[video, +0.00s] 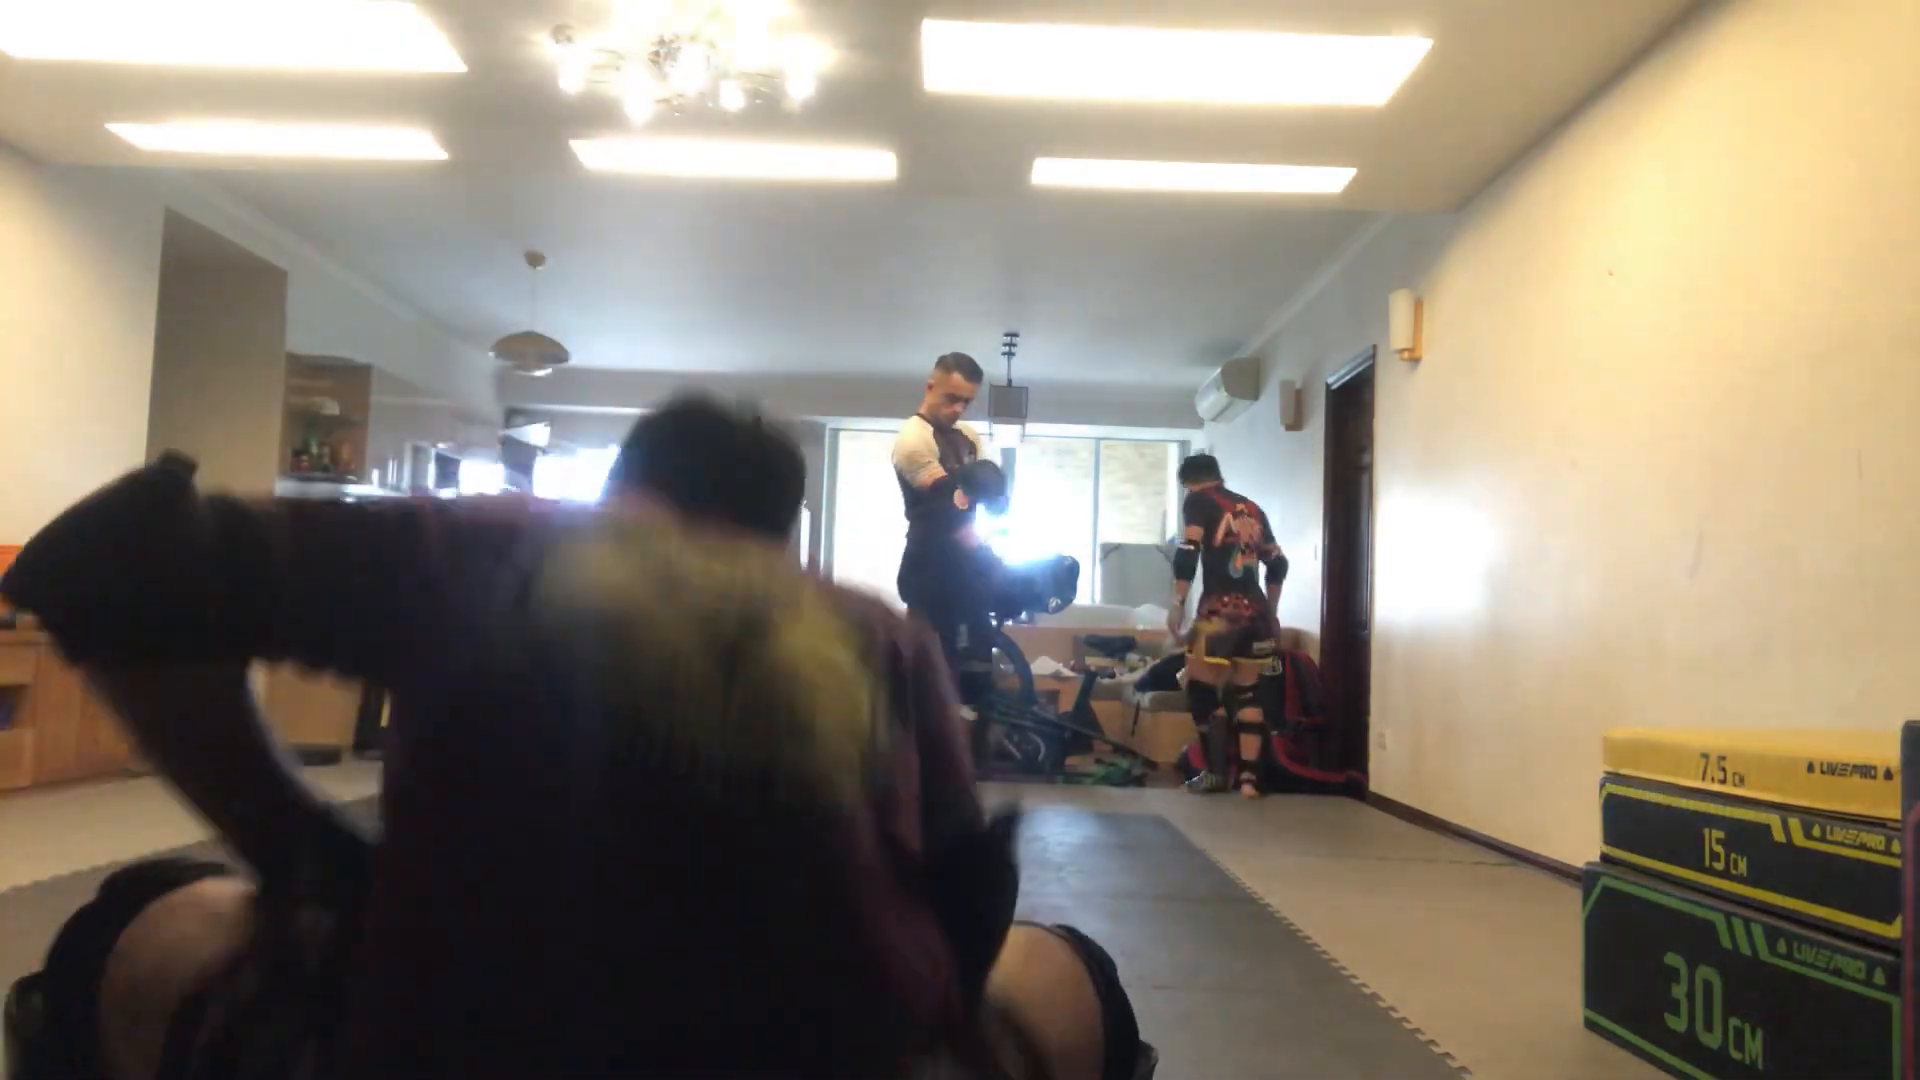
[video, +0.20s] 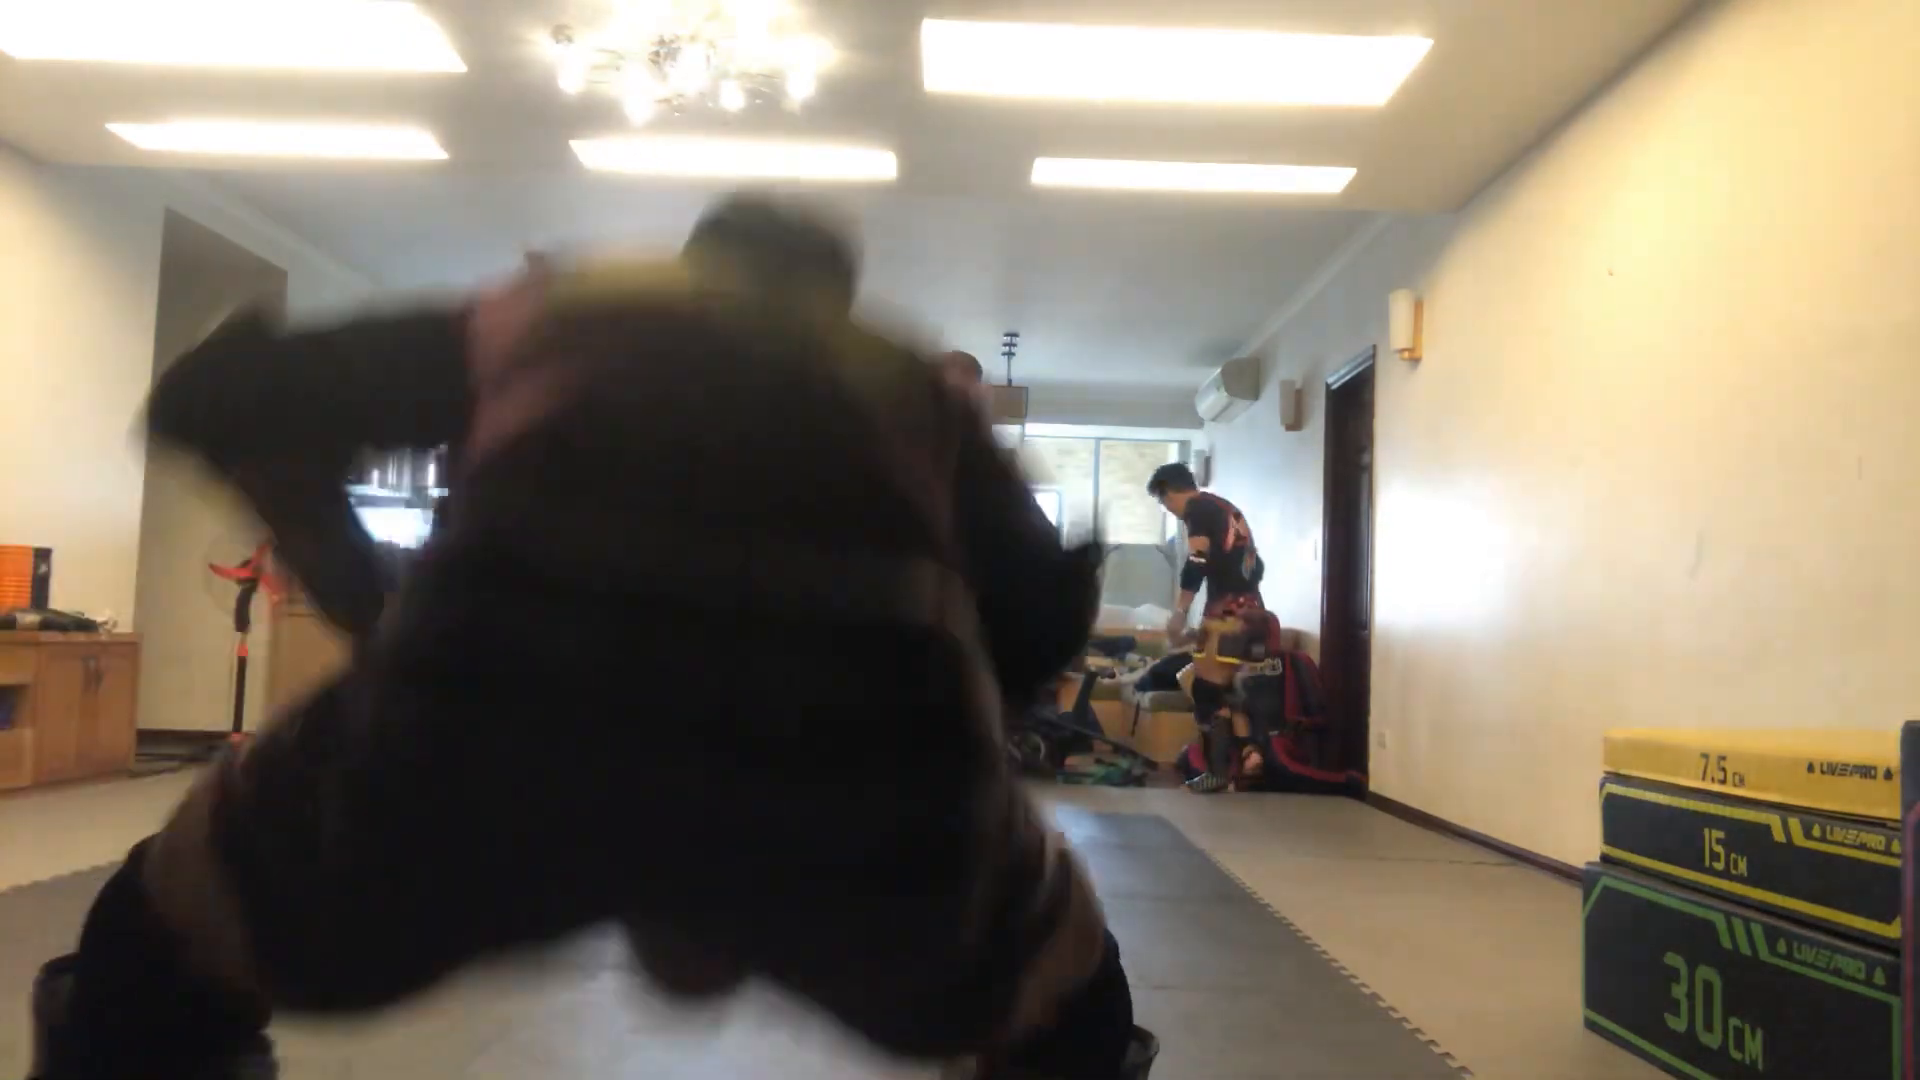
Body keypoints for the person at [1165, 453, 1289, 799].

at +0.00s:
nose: (1187, 492)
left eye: (1186, 487)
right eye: (1186, 487)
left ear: (1193, 483)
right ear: (1217, 478)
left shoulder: (1198, 499)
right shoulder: (1249, 506)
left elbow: (1188, 556)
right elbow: (1277, 563)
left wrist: (1177, 606)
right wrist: (1270, 612)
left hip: (1219, 610)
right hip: (1258, 612)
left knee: (1200, 684)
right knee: (1248, 691)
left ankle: (1215, 770)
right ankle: (1249, 776)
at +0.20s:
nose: (1166, 509)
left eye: (1163, 501)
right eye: (1162, 503)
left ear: (1172, 492)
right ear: (1189, 485)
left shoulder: (1198, 508)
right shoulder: (1225, 505)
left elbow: (1198, 562)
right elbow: (1253, 564)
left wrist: (1179, 613)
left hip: (1225, 611)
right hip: (1251, 610)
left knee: (1208, 690)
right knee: (1233, 686)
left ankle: (1217, 772)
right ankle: (1248, 750)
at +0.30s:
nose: (1160, 518)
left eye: (1157, 510)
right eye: (1155, 513)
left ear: (1168, 498)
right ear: (1175, 493)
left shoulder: (1199, 510)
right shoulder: (1212, 508)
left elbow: (1206, 565)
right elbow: (1228, 568)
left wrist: (1186, 617)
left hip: (1234, 617)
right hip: (1248, 615)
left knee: (1213, 686)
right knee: (1238, 688)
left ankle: (1219, 769)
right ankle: (1242, 762)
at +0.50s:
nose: (1153, 544)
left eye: (1150, 537)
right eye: (1147, 539)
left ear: (1160, 524)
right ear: (1163, 522)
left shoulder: (1208, 529)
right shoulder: (1185, 544)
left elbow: (1232, 588)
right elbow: (1207, 592)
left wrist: (1212, 633)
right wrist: (1205, 633)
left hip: (1256, 623)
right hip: (1230, 625)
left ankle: (1225, 768)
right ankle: (1218, 764)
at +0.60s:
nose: (1156, 563)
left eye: (1154, 556)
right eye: (1151, 559)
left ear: (1165, 539)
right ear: (1161, 544)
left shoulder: (1210, 536)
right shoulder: (1180, 562)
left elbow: (1244, 590)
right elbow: (1195, 609)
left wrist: (1222, 639)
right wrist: (1199, 651)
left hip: (1266, 619)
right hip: (1236, 618)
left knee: (1243, 689)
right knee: (1211, 684)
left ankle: (1235, 772)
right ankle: (1217, 765)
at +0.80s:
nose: (1171, 593)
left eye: (1168, 587)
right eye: (1165, 591)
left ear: (1176, 568)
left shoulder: (1217, 559)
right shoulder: (1180, 585)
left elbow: (1258, 604)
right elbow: (1192, 629)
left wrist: (1240, 650)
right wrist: (1204, 668)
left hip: (1273, 616)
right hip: (1239, 619)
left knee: (1267, 691)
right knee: (1210, 695)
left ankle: (1290, 774)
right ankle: (1217, 772)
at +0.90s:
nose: (1176, 612)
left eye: (1175, 606)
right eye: (1171, 610)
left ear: (1184, 587)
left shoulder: (1226, 575)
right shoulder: (1185, 599)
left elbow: (1262, 621)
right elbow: (1196, 641)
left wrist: (1246, 668)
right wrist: (1206, 681)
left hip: (1278, 621)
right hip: (1240, 628)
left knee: (1282, 693)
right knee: (1210, 697)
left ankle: (1307, 778)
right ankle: (1216, 775)